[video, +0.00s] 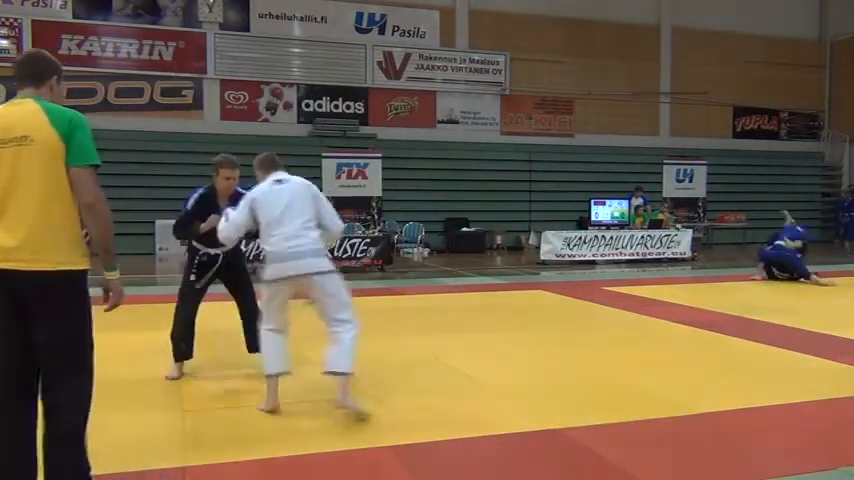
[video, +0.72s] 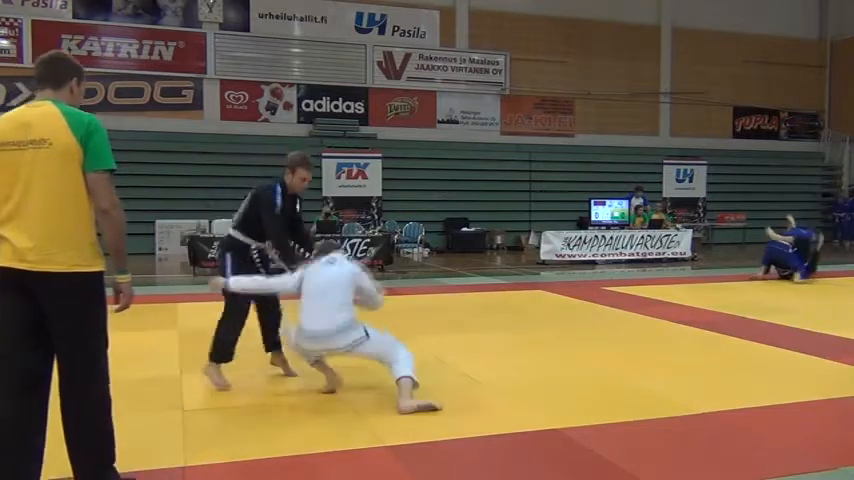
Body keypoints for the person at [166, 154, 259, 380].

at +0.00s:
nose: (232, 184)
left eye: (235, 179)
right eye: (227, 179)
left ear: (239, 178)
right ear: (215, 178)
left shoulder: (245, 199)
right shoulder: (200, 198)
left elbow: (257, 229)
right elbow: (179, 231)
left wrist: (235, 226)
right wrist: (203, 227)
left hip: (232, 256)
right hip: (201, 256)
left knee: (248, 301)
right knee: (186, 306)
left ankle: (260, 352)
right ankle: (178, 362)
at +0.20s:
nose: (259, 181)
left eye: (263, 177)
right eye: (256, 176)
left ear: (265, 179)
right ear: (243, 173)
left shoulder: (264, 204)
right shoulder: (225, 196)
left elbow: (273, 230)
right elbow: (201, 225)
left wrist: (254, 233)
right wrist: (229, 228)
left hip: (242, 259)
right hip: (214, 257)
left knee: (258, 307)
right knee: (193, 307)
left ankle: (266, 361)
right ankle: (180, 363)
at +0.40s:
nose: (288, 181)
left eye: (292, 176)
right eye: (285, 174)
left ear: (294, 178)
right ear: (272, 172)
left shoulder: (289, 204)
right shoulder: (252, 194)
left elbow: (297, 230)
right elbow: (224, 219)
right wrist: (244, 231)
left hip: (259, 256)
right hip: (233, 253)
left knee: (275, 309)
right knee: (222, 306)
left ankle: (271, 361)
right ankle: (195, 358)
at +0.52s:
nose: (299, 180)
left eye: (302, 176)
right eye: (296, 174)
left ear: (302, 174)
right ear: (282, 168)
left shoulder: (294, 196)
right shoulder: (264, 186)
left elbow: (294, 225)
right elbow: (250, 215)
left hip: (262, 250)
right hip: (239, 247)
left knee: (274, 301)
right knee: (232, 302)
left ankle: (273, 360)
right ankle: (215, 365)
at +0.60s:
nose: (304, 180)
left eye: (307, 175)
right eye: (302, 173)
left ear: (301, 172)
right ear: (287, 167)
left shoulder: (294, 195)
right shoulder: (265, 185)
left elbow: (299, 224)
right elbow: (275, 219)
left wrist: (311, 242)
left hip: (266, 249)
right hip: (240, 247)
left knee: (274, 300)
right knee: (235, 303)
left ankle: (276, 353)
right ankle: (222, 366)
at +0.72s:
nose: (306, 185)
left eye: (308, 180)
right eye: (303, 179)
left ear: (303, 178)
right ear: (289, 174)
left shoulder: (292, 200)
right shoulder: (269, 193)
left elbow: (298, 231)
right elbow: (276, 238)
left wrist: (315, 253)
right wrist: (297, 264)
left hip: (259, 252)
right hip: (236, 250)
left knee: (270, 305)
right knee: (237, 306)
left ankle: (276, 353)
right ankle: (214, 363)